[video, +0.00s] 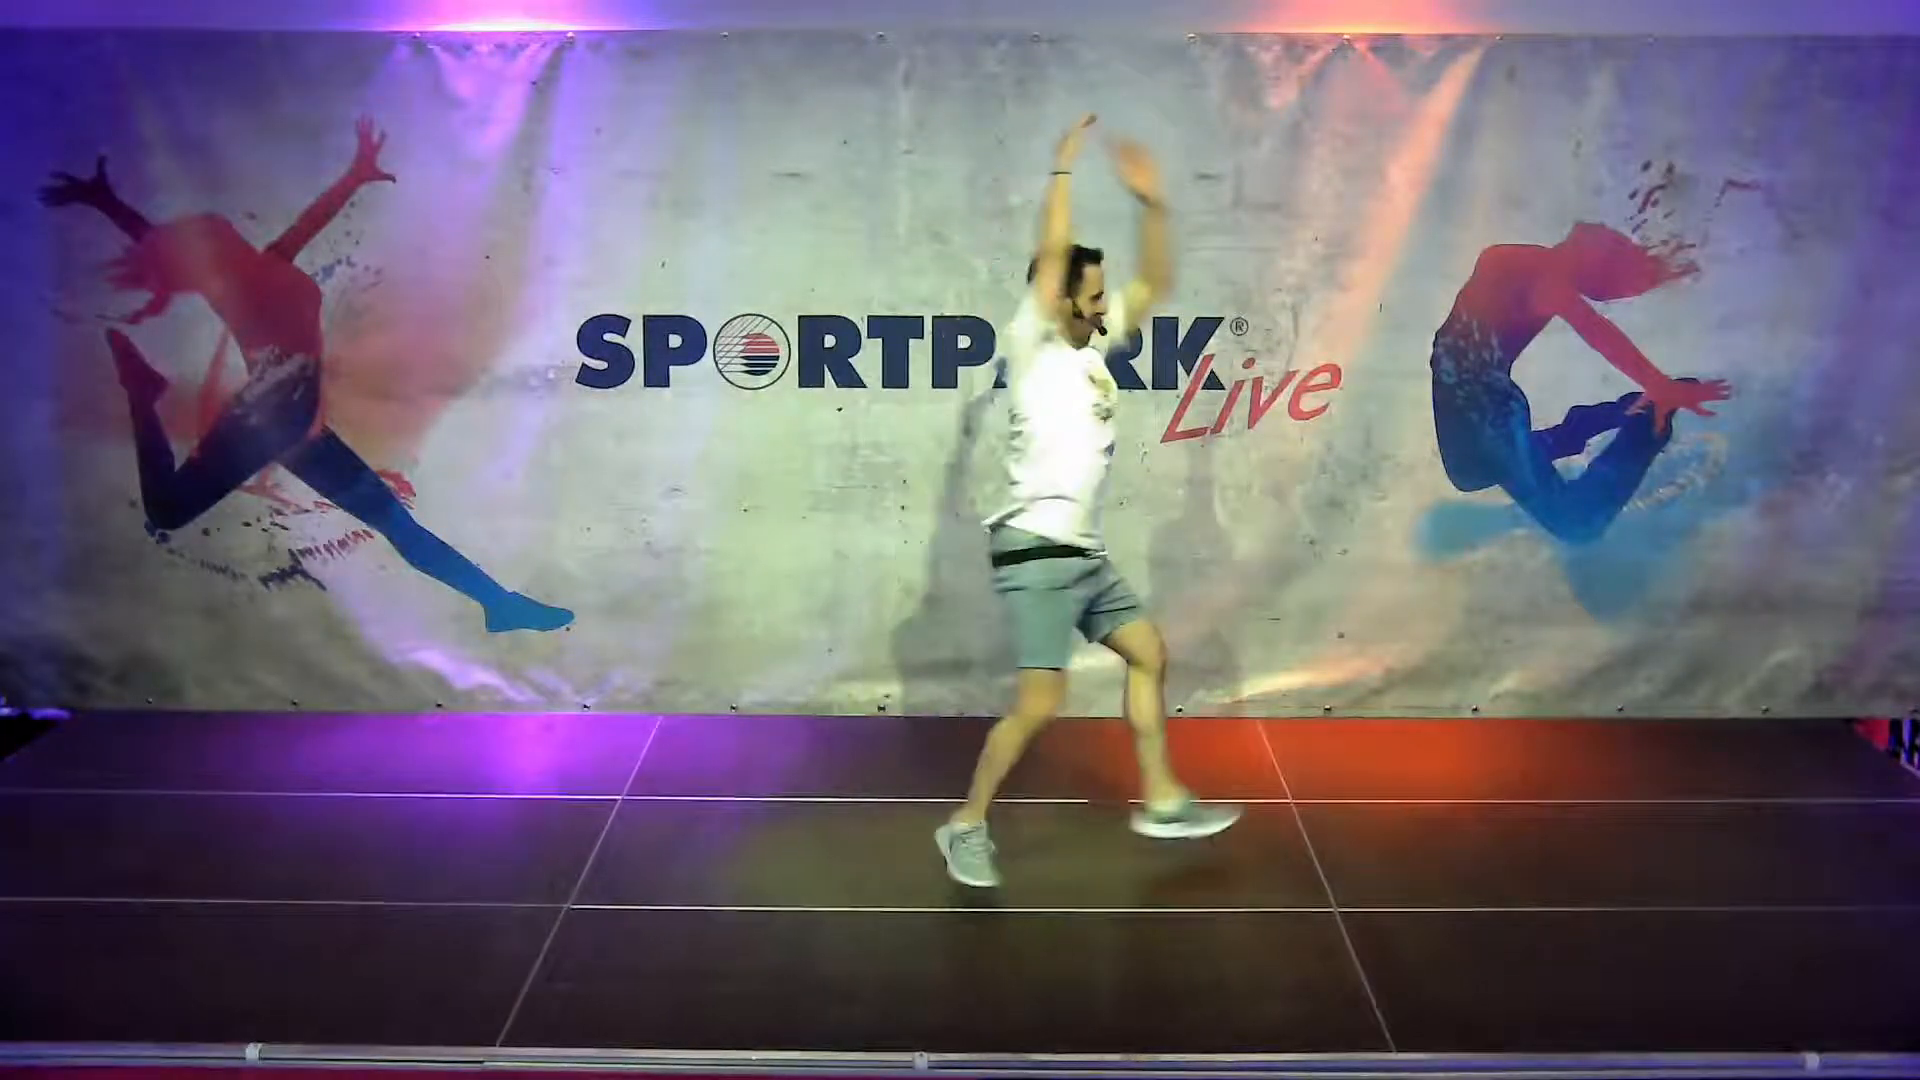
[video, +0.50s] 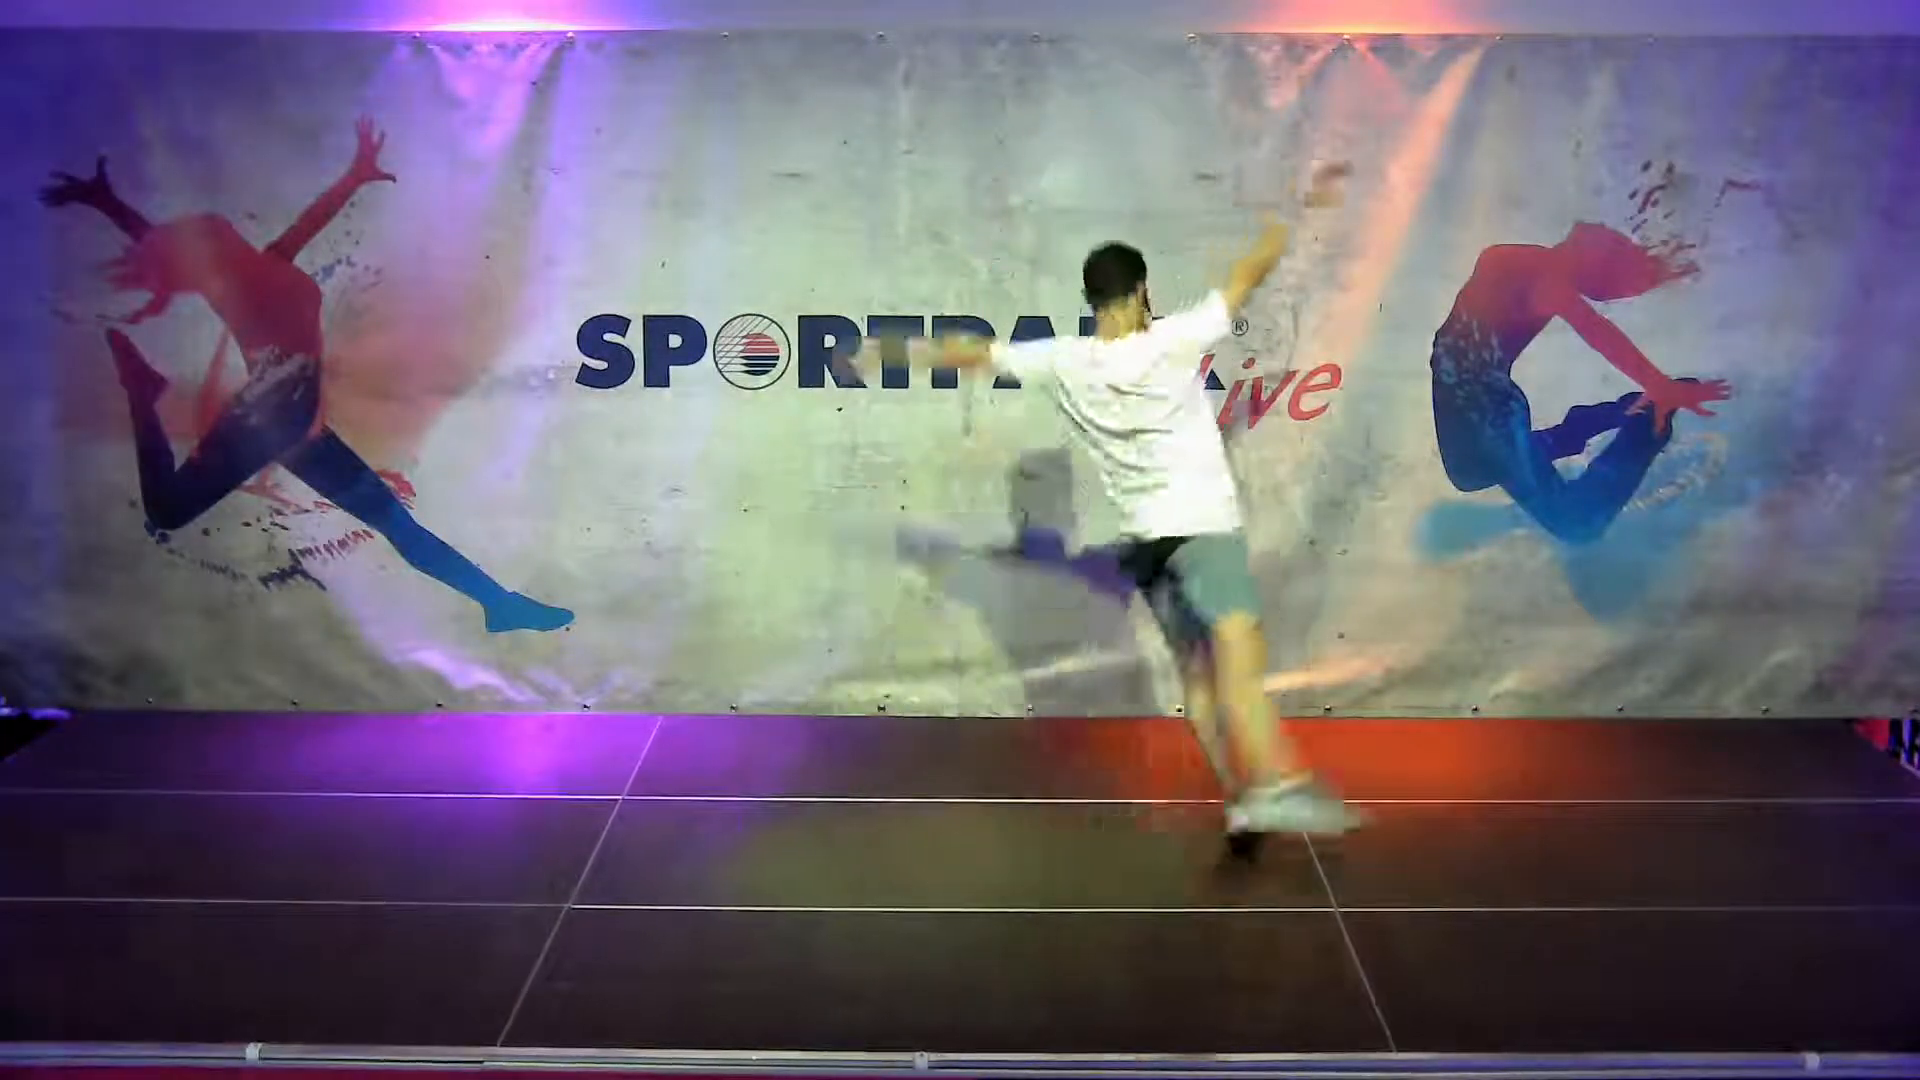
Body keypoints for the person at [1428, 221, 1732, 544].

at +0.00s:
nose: (1599, 292)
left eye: (1609, 289)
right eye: (1608, 285)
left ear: (1585, 245)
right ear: (1591, 244)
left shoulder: (1547, 282)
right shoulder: (1533, 265)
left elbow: (1598, 331)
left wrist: (1657, 384)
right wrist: (1649, 268)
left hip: (1486, 401)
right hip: (1454, 390)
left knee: (1575, 524)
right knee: (1468, 475)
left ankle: (1649, 425)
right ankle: (1571, 436)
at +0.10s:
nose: (1601, 293)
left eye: (1611, 291)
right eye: (1609, 286)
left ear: (1585, 246)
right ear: (1591, 246)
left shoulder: (1547, 282)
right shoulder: (1532, 265)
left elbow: (1597, 330)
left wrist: (1657, 384)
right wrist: (1649, 267)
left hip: (1487, 401)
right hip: (1454, 389)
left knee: (1575, 524)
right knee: (1468, 475)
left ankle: (1648, 426)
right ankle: (1570, 436)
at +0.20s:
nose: (1601, 293)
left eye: (1611, 291)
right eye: (1609, 286)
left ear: (1585, 246)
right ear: (1591, 246)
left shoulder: (1547, 282)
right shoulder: (1532, 265)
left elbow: (1597, 330)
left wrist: (1657, 384)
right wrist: (1649, 267)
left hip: (1487, 401)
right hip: (1454, 389)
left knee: (1575, 524)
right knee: (1468, 475)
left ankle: (1648, 426)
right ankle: (1570, 436)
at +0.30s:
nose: (1601, 293)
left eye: (1611, 291)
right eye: (1609, 286)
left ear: (1585, 246)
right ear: (1591, 246)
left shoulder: (1547, 282)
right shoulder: (1532, 265)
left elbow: (1597, 330)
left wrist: (1657, 384)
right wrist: (1649, 267)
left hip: (1487, 401)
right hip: (1454, 389)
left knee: (1575, 524)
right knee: (1468, 475)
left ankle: (1648, 426)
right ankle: (1570, 436)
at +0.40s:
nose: (1601, 293)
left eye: (1611, 291)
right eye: (1609, 286)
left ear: (1585, 246)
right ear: (1591, 246)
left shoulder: (1547, 282)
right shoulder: (1532, 265)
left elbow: (1597, 330)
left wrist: (1657, 384)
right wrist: (1649, 268)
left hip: (1487, 401)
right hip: (1454, 389)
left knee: (1575, 523)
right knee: (1468, 475)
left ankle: (1648, 426)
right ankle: (1571, 436)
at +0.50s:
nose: (1601, 294)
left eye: (1611, 291)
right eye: (1609, 286)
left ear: (1585, 245)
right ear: (1591, 246)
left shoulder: (1547, 281)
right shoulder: (1532, 265)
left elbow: (1597, 330)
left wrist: (1657, 384)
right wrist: (1650, 268)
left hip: (1487, 401)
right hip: (1454, 389)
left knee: (1575, 523)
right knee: (1468, 475)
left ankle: (1648, 426)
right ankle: (1571, 436)